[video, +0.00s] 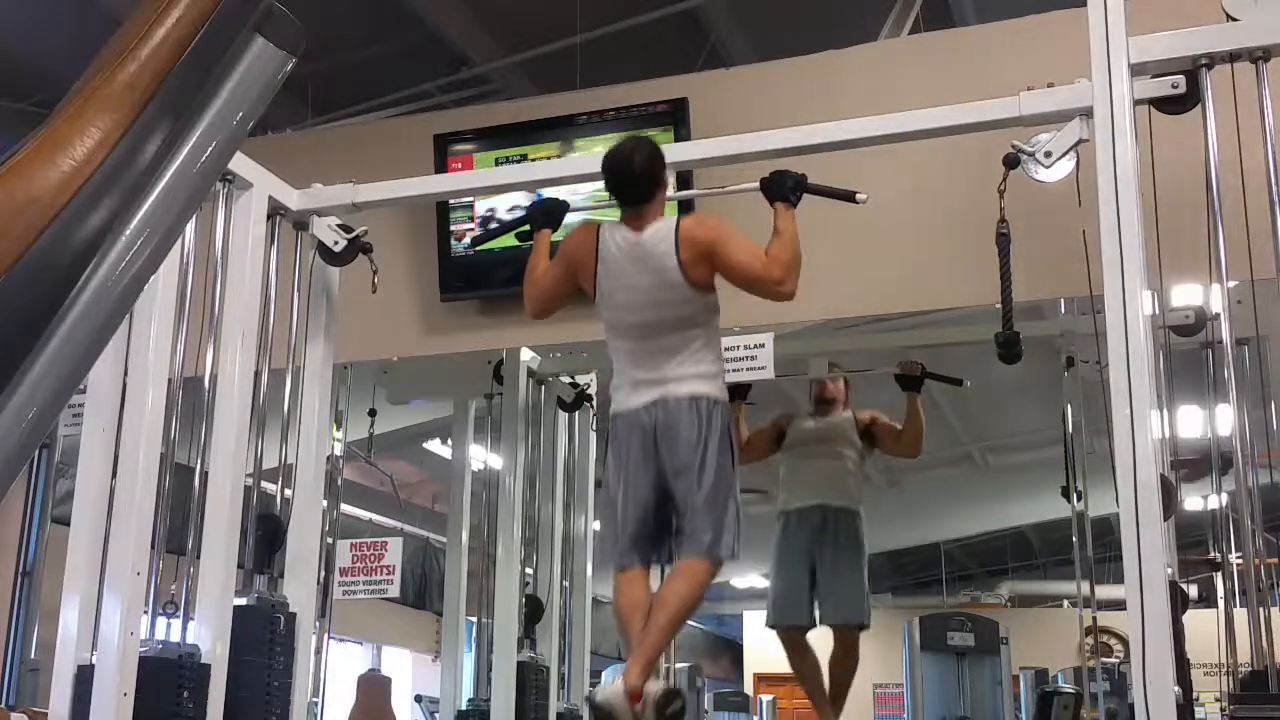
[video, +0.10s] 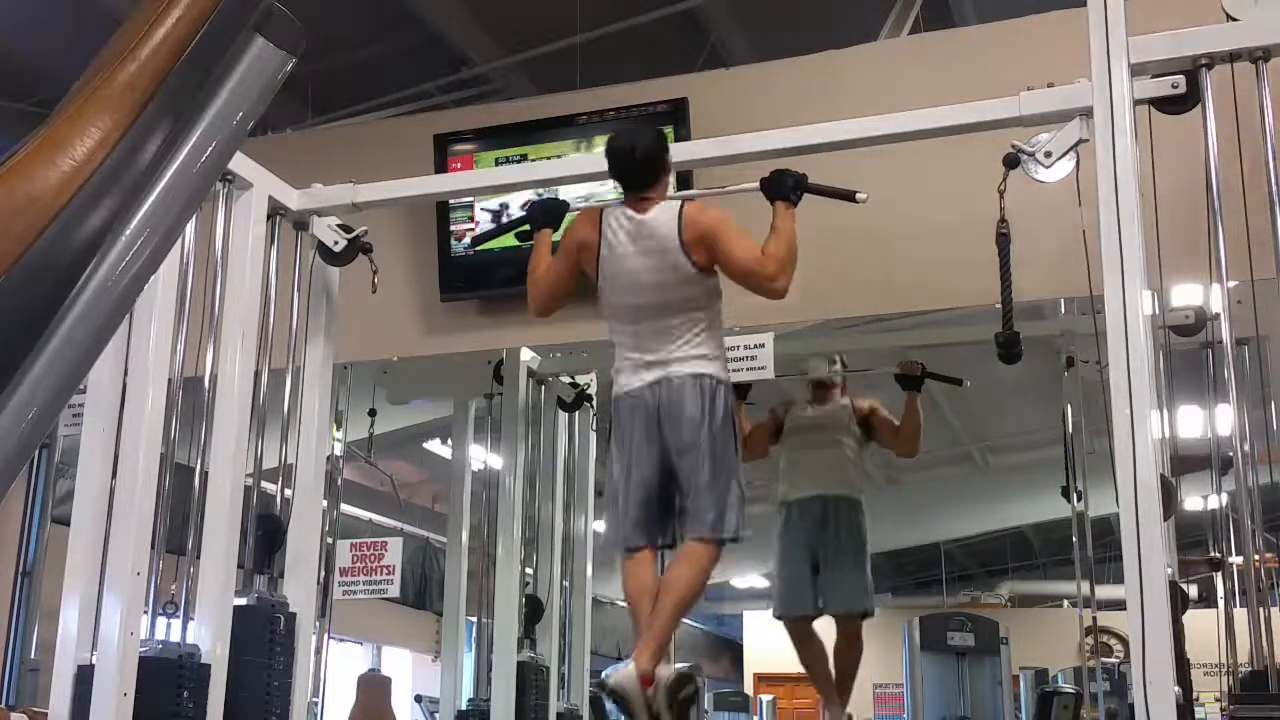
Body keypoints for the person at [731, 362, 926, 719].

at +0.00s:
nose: (822, 384)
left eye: (831, 378)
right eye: (816, 380)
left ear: (846, 390)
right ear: (809, 391)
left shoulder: (863, 421)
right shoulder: (789, 423)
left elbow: (909, 446)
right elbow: (741, 453)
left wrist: (912, 393)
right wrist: (737, 404)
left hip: (843, 523)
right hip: (794, 524)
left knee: (846, 628)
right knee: (789, 627)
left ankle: (832, 714)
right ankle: (825, 712)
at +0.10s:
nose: (821, 383)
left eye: (828, 377)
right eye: (815, 378)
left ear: (843, 383)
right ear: (805, 382)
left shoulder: (861, 409)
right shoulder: (789, 413)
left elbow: (906, 446)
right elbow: (747, 450)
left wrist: (912, 393)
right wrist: (738, 402)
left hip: (844, 511)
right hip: (796, 513)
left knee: (848, 616)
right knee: (794, 616)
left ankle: (838, 709)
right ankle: (833, 705)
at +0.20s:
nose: (822, 386)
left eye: (829, 381)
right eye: (816, 381)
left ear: (843, 387)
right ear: (807, 386)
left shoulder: (861, 414)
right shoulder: (788, 417)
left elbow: (906, 445)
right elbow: (747, 450)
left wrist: (912, 394)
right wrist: (737, 401)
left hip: (845, 516)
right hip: (797, 519)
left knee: (852, 622)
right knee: (798, 624)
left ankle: (845, 710)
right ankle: (842, 708)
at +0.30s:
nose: (824, 392)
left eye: (832, 389)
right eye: (818, 390)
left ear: (846, 403)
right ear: (811, 402)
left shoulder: (861, 433)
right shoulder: (790, 434)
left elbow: (910, 447)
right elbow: (740, 450)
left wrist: (912, 393)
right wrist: (736, 404)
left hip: (845, 541)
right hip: (795, 543)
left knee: (856, 644)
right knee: (799, 644)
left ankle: (850, 716)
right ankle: (834, 714)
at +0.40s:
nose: (826, 419)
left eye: (835, 415)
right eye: (820, 416)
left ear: (849, 429)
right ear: (813, 428)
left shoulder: (860, 457)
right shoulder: (791, 458)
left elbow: (910, 448)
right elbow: (741, 455)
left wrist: (912, 394)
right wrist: (735, 404)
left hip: (845, 568)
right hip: (795, 569)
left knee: (857, 673)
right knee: (797, 677)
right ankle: (827, 715)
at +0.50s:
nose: (827, 442)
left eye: (835, 438)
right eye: (821, 438)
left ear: (849, 450)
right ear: (812, 450)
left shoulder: (859, 478)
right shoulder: (790, 478)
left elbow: (907, 450)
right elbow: (740, 456)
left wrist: (911, 394)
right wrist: (735, 401)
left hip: (842, 587)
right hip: (792, 588)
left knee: (855, 694)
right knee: (791, 696)